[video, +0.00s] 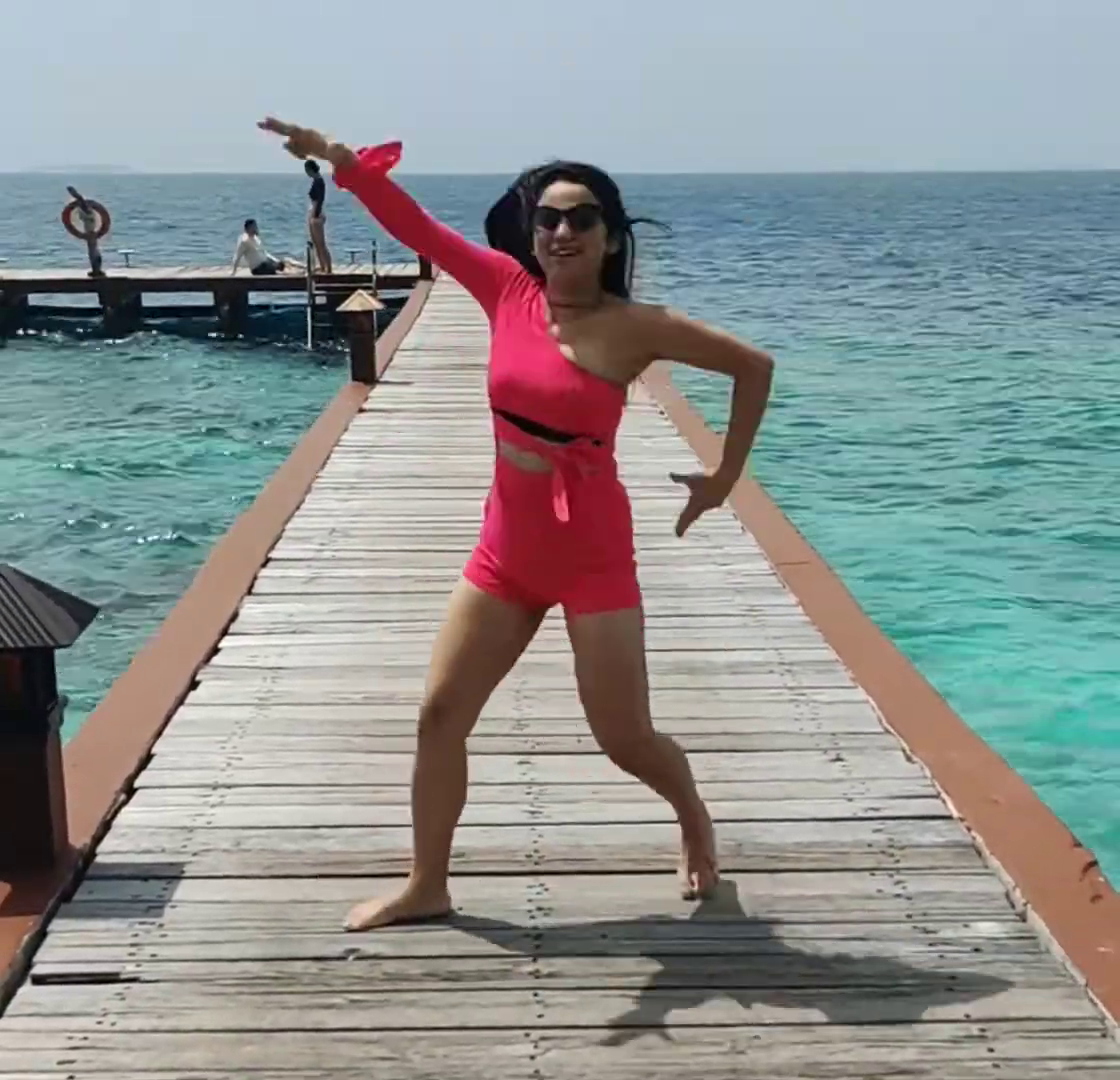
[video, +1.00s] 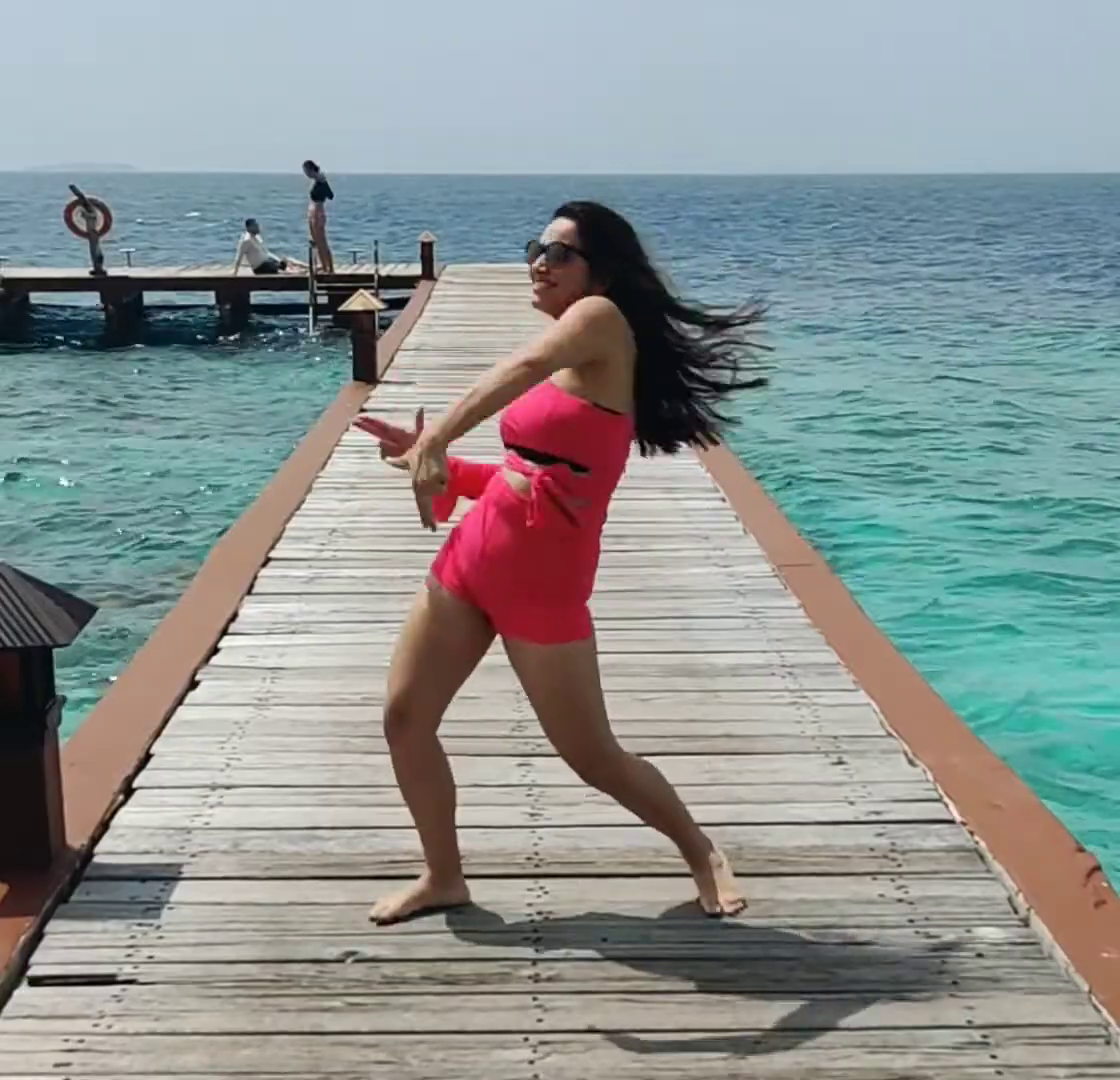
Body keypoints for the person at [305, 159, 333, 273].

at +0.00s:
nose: (307, 173)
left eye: (308, 170)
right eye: (307, 170)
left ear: (311, 170)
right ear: (314, 168)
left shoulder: (318, 181)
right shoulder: (316, 181)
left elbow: (319, 199)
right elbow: (316, 198)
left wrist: (316, 214)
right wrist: (313, 212)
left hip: (317, 214)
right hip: (312, 213)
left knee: (320, 243)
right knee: (316, 243)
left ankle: (327, 268)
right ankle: (322, 266)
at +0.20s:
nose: (307, 174)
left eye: (308, 171)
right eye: (306, 171)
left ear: (312, 170)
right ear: (312, 170)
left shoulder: (319, 182)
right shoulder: (315, 182)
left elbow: (319, 200)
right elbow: (315, 199)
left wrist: (315, 215)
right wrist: (312, 213)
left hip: (316, 213)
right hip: (312, 211)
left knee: (318, 239)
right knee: (313, 238)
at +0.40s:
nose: (306, 174)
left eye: (307, 171)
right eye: (305, 172)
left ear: (311, 170)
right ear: (313, 170)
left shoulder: (319, 182)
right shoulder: (316, 182)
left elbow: (320, 200)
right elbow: (316, 200)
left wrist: (316, 215)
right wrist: (312, 214)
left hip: (317, 214)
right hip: (312, 213)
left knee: (320, 243)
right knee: (316, 243)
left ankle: (328, 269)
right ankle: (322, 267)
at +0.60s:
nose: (306, 175)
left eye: (306, 172)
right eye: (305, 172)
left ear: (311, 170)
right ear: (313, 170)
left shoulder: (319, 182)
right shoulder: (316, 182)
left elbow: (319, 201)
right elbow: (315, 200)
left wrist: (316, 214)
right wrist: (308, 211)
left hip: (316, 213)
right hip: (312, 212)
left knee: (320, 243)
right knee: (315, 242)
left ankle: (328, 269)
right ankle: (322, 268)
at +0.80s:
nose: (306, 175)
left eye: (307, 172)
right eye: (305, 172)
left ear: (311, 170)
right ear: (312, 170)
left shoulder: (320, 181)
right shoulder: (317, 181)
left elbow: (320, 200)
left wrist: (316, 214)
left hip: (317, 211)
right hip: (312, 210)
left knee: (321, 242)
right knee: (316, 241)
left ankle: (329, 268)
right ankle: (323, 267)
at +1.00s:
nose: (306, 174)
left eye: (307, 171)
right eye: (305, 171)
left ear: (311, 170)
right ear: (312, 169)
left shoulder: (321, 181)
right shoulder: (316, 181)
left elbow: (330, 195)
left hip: (318, 211)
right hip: (312, 211)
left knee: (321, 241)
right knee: (316, 241)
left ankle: (329, 268)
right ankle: (324, 267)